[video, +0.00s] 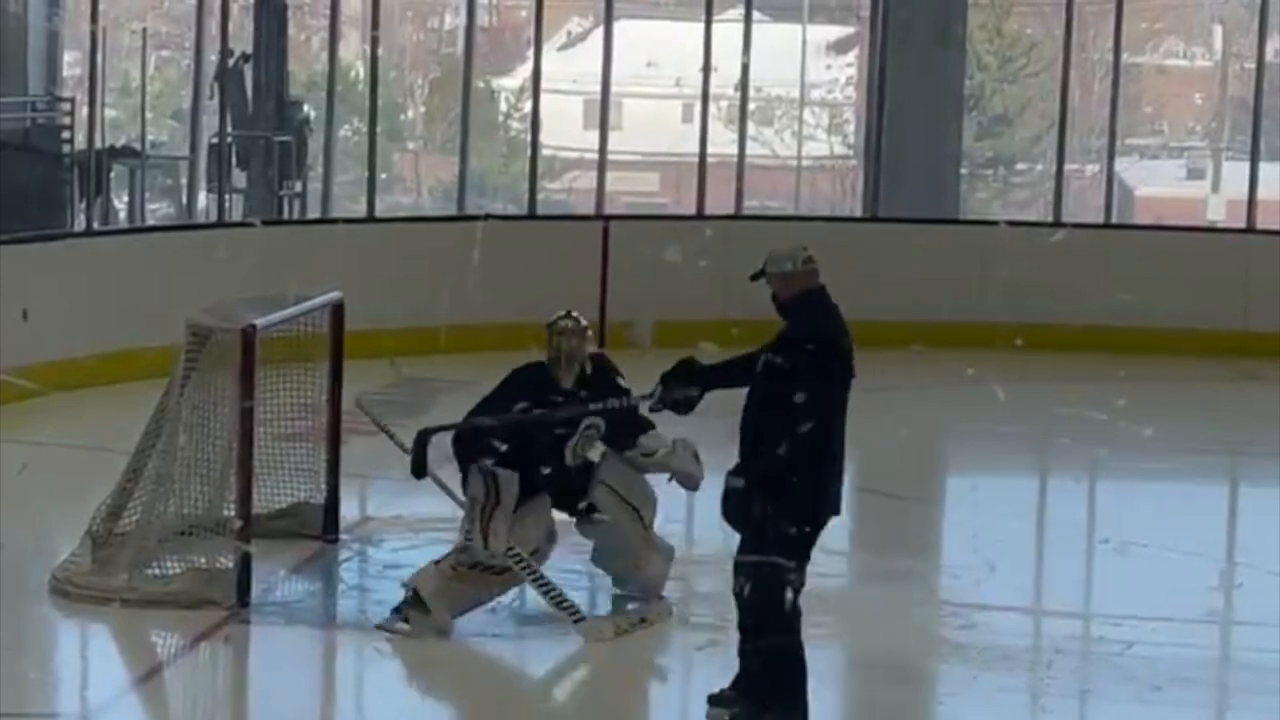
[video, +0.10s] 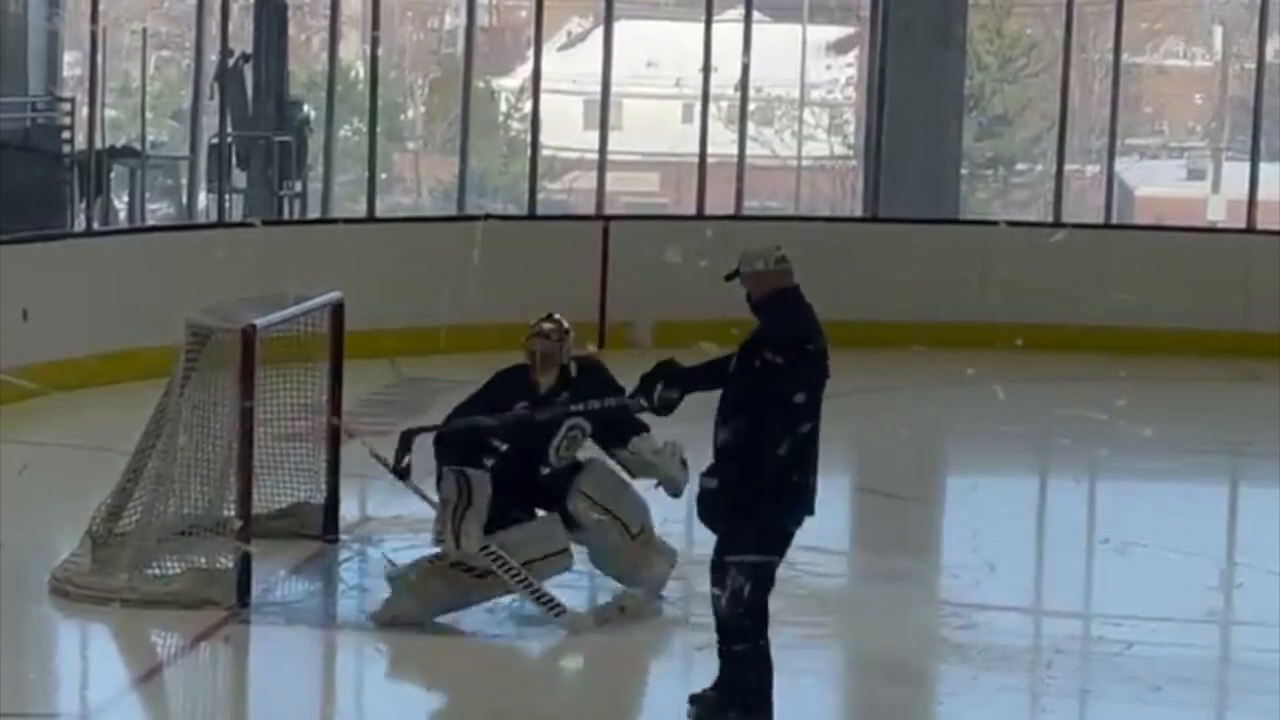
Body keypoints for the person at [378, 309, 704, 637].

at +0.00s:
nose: (568, 347)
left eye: (577, 339)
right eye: (561, 339)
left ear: (589, 344)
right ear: (549, 343)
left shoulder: (604, 381)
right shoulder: (527, 380)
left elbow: (631, 433)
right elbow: (473, 427)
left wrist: (669, 455)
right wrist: (481, 468)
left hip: (581, 475)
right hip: (525, 476)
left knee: (627, 517)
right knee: (520, 548)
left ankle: (639, 594)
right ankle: (428, 602)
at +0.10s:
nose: (542, 347)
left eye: (551, 340)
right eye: (536, 339)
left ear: (567, 346)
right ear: (526, 344)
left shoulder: (589, 375)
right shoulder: (508, 383)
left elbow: (624, 427)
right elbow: (454, 430)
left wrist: (656, 460)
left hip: (568, 479)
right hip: (514, 481)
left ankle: (647, 570)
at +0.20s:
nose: (518, 351)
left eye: (527, 344)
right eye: (512, 344)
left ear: (540, 351)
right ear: (501, 350)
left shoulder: (563, 384)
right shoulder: (481, 395)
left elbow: (596, 438)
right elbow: (435, 433)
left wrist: (634, 473)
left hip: (541, 482)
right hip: (485, 492)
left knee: (599, 516)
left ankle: (639, 570)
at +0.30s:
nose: (481, 358)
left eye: (487, 351)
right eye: (472, 351)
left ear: (499, 357)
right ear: (457, 359)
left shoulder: (526, 386)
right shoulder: (440, 409)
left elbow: (563, 438)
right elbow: (387, 455)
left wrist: (592, 480)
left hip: (516, 493)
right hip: (454, 504)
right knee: (489, 577)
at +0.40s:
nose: (418, 381)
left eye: (427, 373)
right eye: (412, 373)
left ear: (446, 372)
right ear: (405, 374)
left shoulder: (483, 391)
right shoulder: (394, 414)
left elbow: (518, 437)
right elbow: (347, 452)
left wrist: (539, 484)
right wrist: (320, 507)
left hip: (481, 491)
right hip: (418, 504)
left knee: (520, 541)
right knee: (444, 579)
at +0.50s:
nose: (374, 381)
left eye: (383, 374)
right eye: (368, 373)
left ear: (401, 373)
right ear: (359, 374)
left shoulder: (441, 392)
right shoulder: (349, 414)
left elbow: (478, 445)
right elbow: (307, 466)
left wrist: (491, 487)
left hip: (439, 495)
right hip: (380, 508)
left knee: (484, 551)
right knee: (410, 580)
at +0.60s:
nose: (338, 384)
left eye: (347, 373)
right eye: (331, 374)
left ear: (363, 371)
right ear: (322, 373)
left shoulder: (403, 392)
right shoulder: (312, 412)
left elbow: (442, 449)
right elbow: (265, 470)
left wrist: (450, 496)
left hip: (400, 499)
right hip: (340, 508)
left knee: (447, 556)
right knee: (369, 575)